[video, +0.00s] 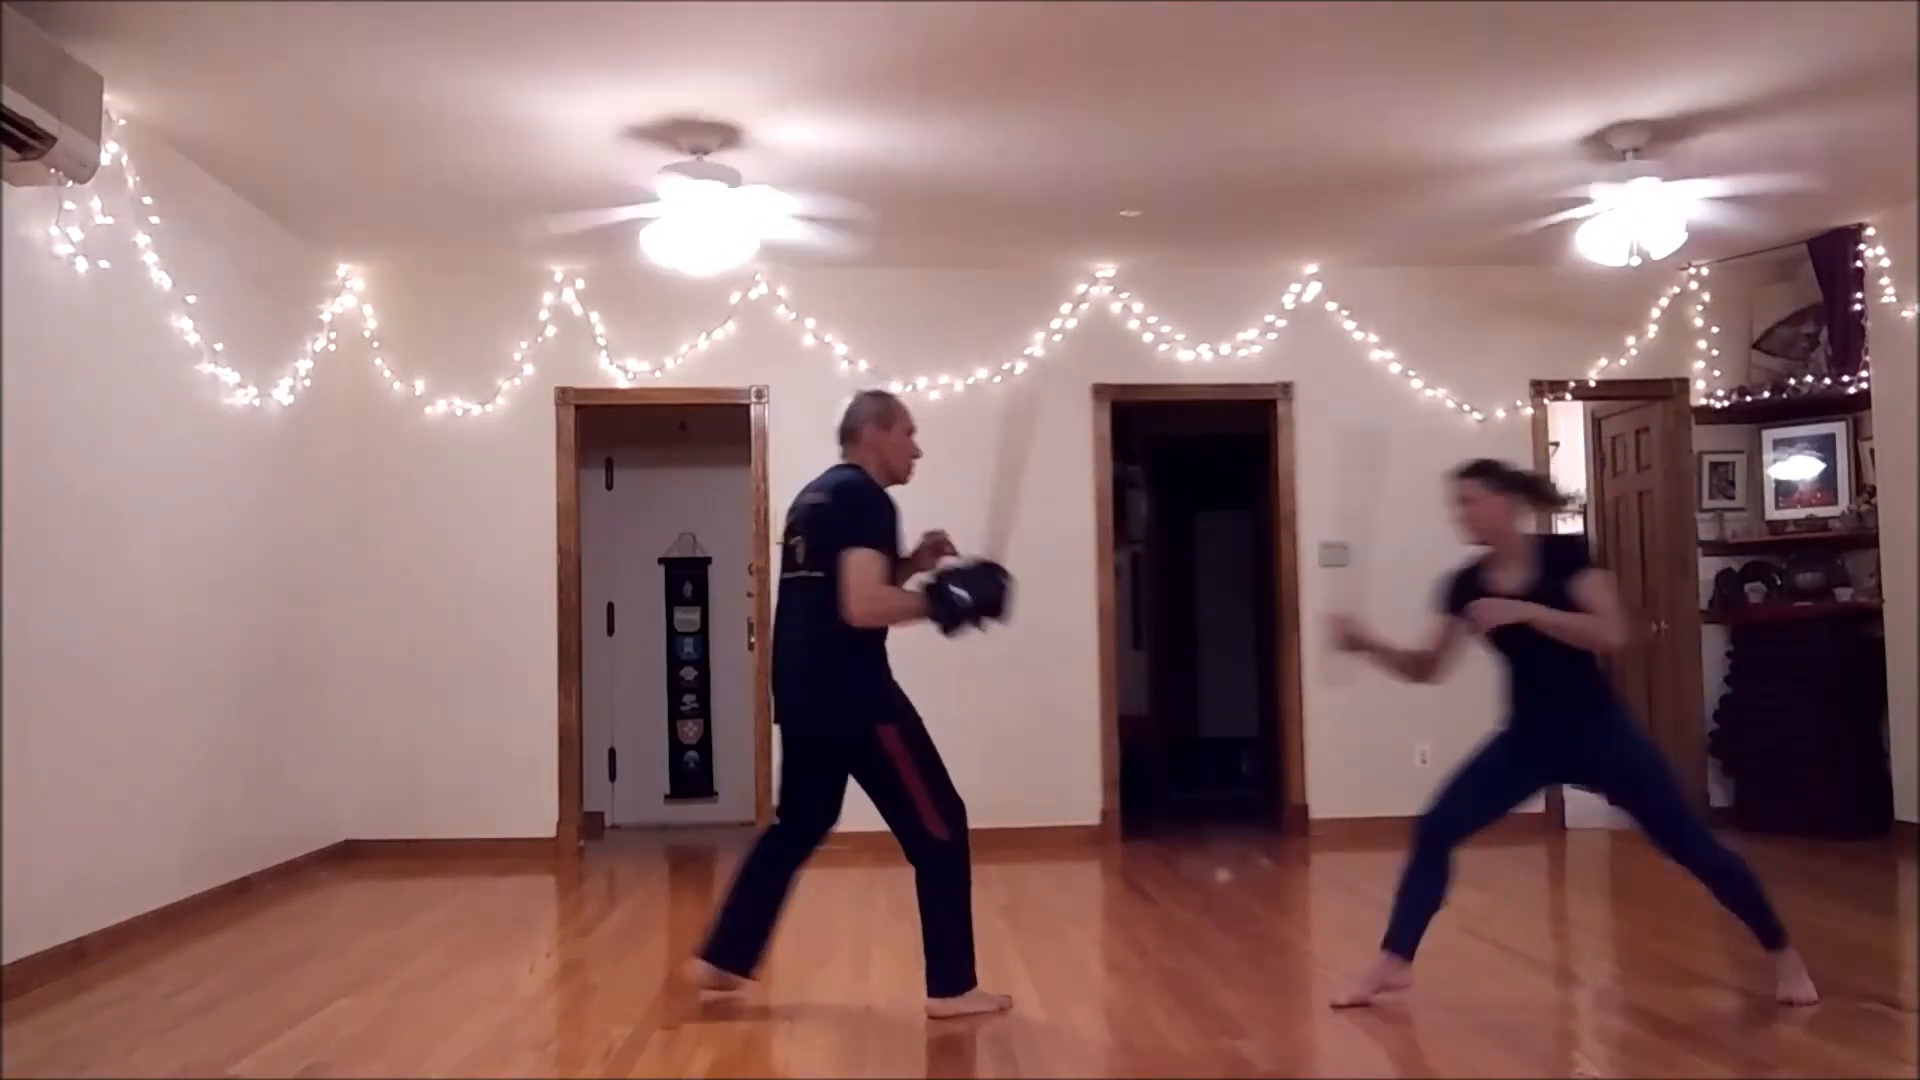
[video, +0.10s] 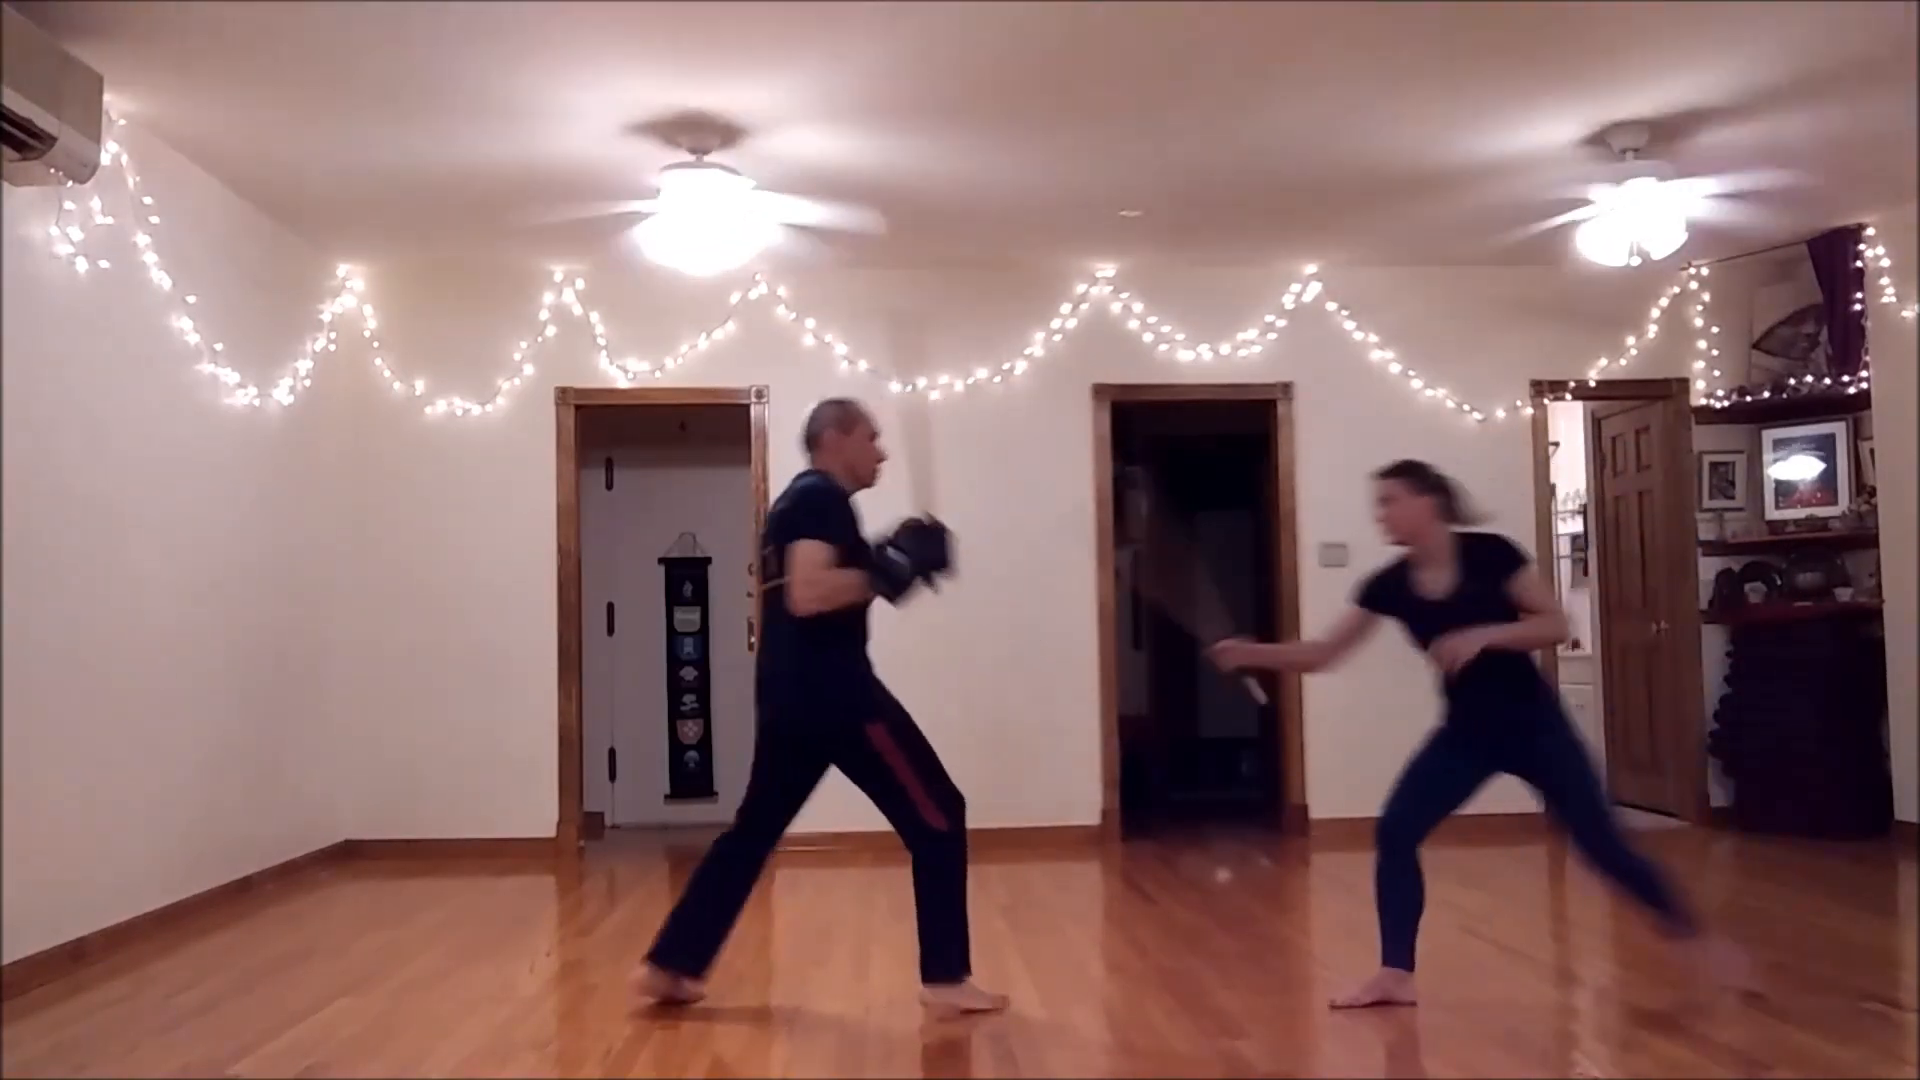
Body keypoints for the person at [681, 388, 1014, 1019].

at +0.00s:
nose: (917, 446)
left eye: (914, 434)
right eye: (907, 433)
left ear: (863, 436)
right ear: (872, 434)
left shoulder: (815, 496)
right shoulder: (864, 498)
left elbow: (838, 590)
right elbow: (865, 605)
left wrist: (911, 563)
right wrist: (942, 598)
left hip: (804, 695)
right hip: (858, 694)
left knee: (801, 822)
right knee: (939, 828)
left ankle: (722, 959)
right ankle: (952, 987)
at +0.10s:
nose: (881, 451)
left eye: (878, 439)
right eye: (871, 438)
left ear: (831, 443)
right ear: (833, 441)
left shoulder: (806, 500)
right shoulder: (820, 499)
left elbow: (823, 586)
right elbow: (806, 592)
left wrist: (893, 557)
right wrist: (885, 571)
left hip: (795, 701)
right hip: (841, 697)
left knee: (755, 830)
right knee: (939, 818)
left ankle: (671, 963)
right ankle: (945, 979)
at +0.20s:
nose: (849, 471)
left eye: (847, 459)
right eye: (841, 458)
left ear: (799, 460)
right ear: (808, 458)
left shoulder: (798, 526)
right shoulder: (787, 512)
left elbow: (826, 635)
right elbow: (769, 594)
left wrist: (870, 589)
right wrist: (838, 543)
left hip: (790, 714)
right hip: (825, 707)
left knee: (762, 843)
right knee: (936, 813)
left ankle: (662, 975)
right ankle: (901, 966)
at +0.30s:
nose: (840, 468)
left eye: (838, 459)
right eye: (830, 458)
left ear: (787, 472)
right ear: (798, 468)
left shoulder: (775, 532)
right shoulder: (777, 522)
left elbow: (781, 632)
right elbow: (769, 597)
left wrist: (845, 627)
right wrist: (821, 525)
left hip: (788, 721)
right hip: (820, 716)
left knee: (769, 856)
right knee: (942, 818)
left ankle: (664, 970)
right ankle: (901, 968)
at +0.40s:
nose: (846, 466)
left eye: (843, 456)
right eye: (835, 456)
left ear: (798, 471)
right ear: (802, 468)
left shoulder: (781, 533)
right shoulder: (796, 526)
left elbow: (799, 629)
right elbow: (828, 605)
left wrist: (858, 613)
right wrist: (854, 530)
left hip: (796, 728)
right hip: (832, 724)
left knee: (773, 855)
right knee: (962, 816)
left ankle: (667, 968)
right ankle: (941, 974)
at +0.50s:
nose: (876, 467)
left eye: (873, 456)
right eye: (864, 458)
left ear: (823, 470)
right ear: (824, 468)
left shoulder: (805, 533)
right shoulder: (829, 532)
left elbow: (917, 601)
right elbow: (923, 599)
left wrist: (955, 532)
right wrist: (959, 525)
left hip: (810, 733)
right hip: (853, 727)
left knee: (770, 850)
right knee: (986, 826)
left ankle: (664, 971)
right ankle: (1016, 989)